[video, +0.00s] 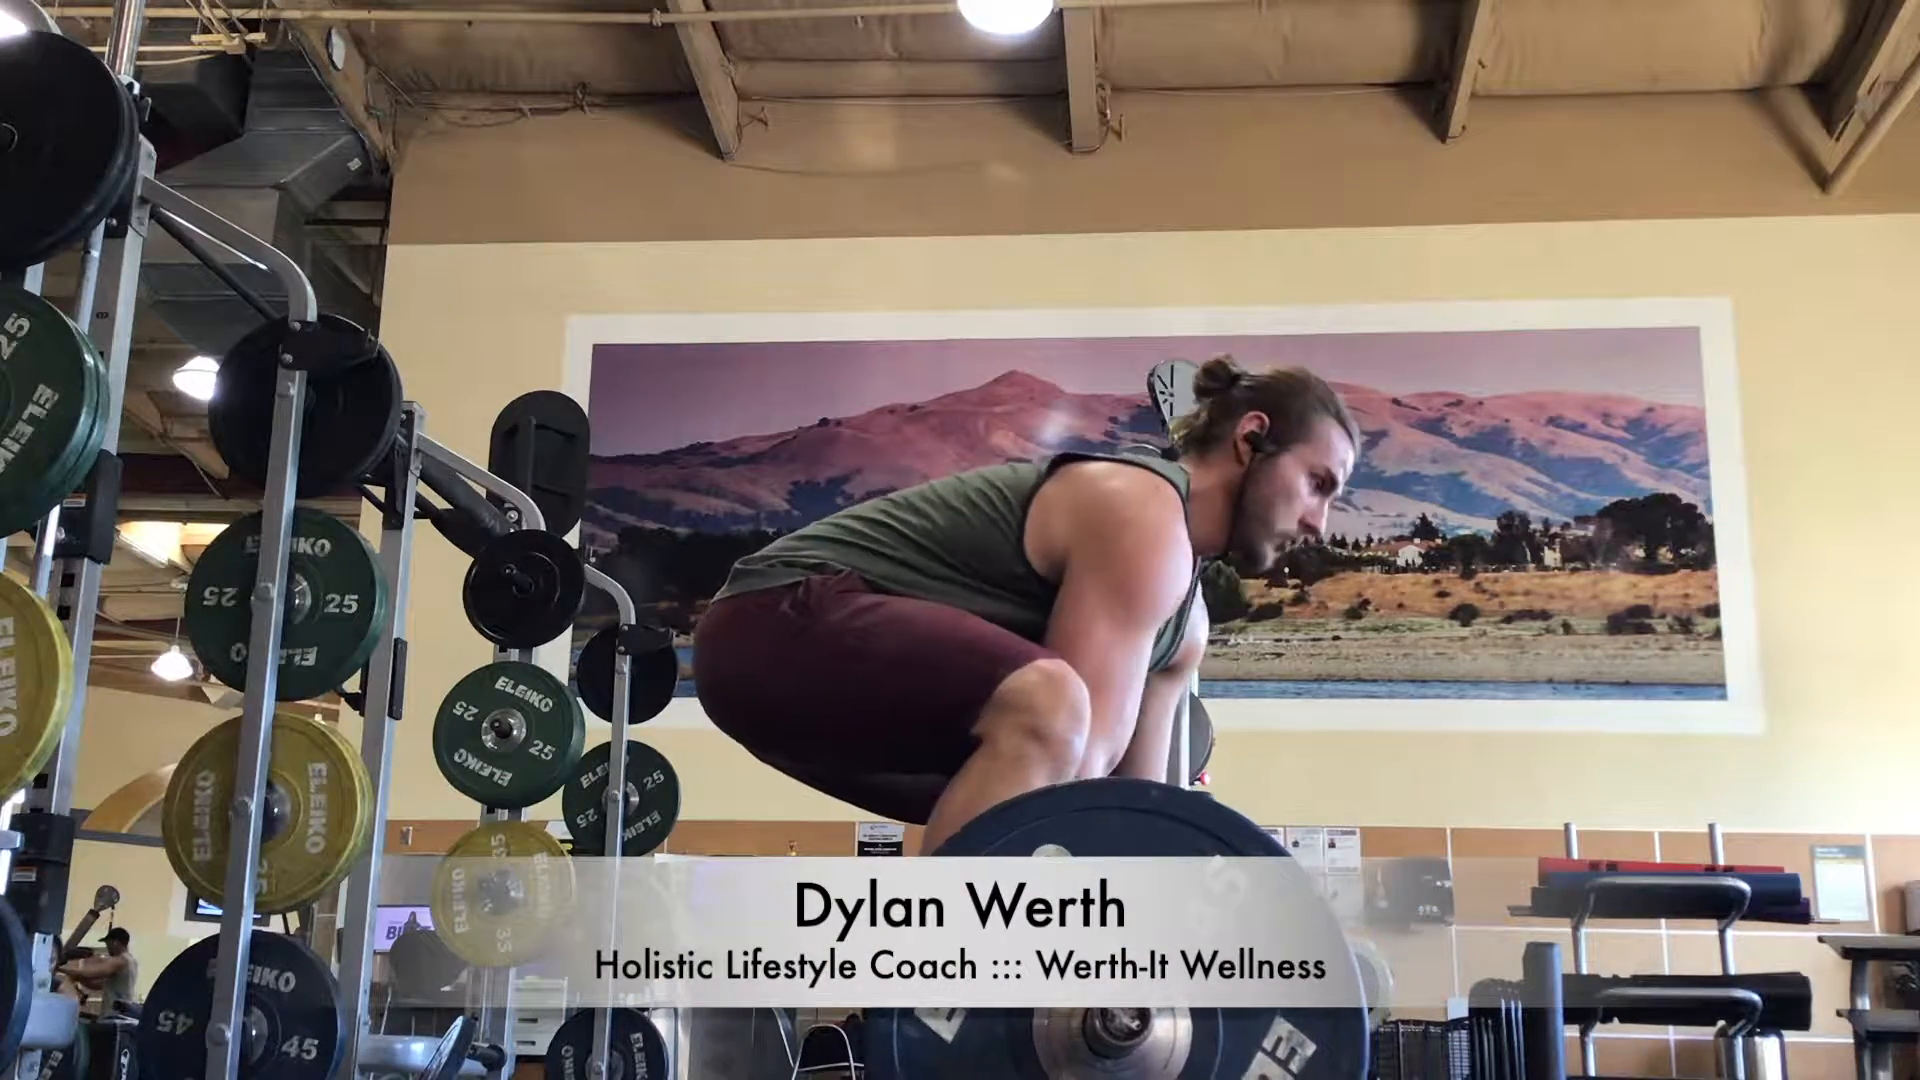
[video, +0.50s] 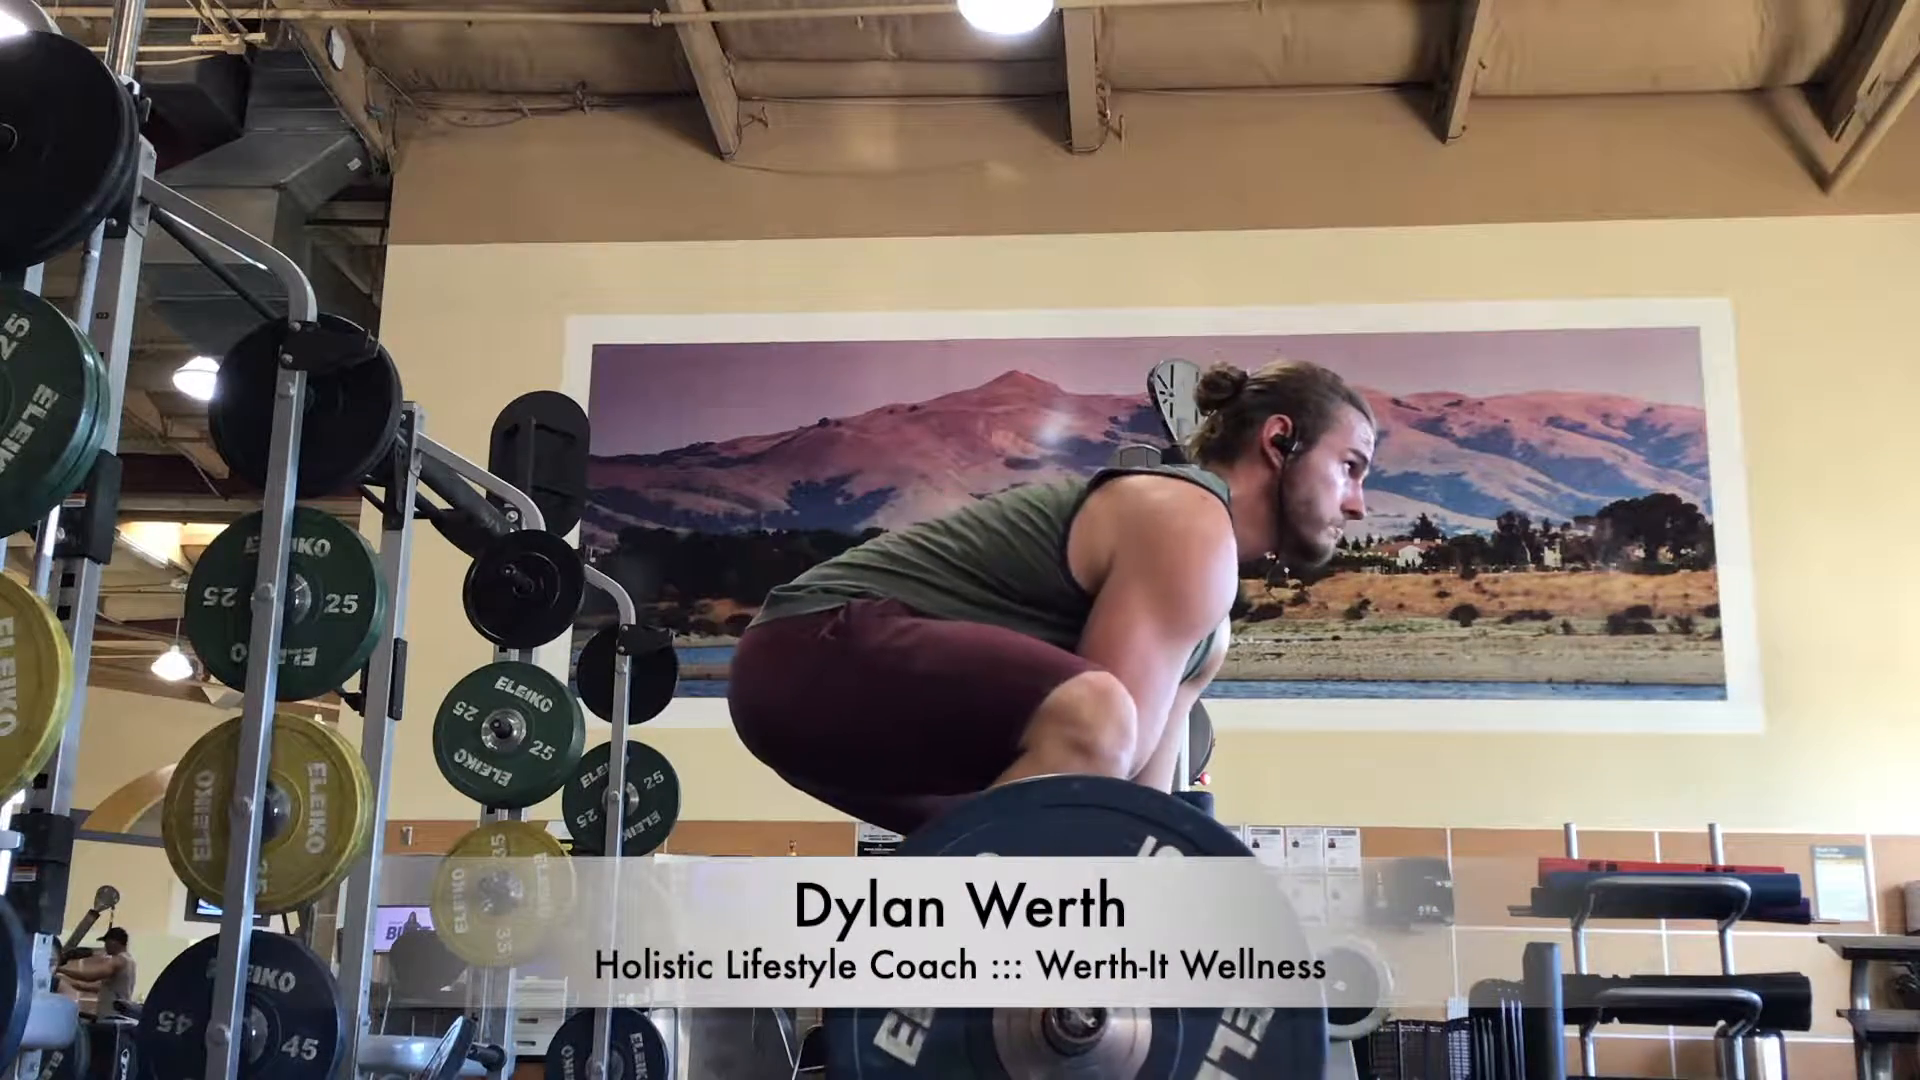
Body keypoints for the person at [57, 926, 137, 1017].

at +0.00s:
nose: (107, 947)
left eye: (108, 944)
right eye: (106, 944)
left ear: (116, 943)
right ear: (121, 943)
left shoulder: (122, 960)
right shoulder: (129, 961)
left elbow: (88, 973)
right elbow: (97, 985)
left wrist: (60, 969)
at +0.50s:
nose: (105, 946)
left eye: (107, 942)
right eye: (105, 942)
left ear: (114, 942)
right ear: (119, 943)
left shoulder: (119, 960)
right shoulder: (128, 961)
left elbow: (87, 976)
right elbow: (105, 988)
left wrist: (61, 970)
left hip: (108, 1017)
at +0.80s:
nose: (103, 947)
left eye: (104, 944)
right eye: (103, 944)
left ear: (111, 943)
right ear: (122, 943)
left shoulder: (117, 961)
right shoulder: (128, 961)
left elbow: (88, 977)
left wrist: (61, 971)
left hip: (107, 1018)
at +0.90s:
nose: (103, 948)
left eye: (104, 945)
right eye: (102, 945)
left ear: (110, 943)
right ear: (121, 944)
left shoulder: (116, 961)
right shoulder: (130, 962)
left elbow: (88, 977)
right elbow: (137, 982)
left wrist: (61, 971)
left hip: (107, 1017)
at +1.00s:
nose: (102, 948)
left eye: (103, 944)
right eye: (101, 944)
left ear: (112, 943)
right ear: (121, 944)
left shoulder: (115, 961)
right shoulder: (132, 963)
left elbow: (88, 977)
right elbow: (144, 981)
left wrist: (61, 971)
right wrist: (131, 970)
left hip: (106, 1017)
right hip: (123, 1017)